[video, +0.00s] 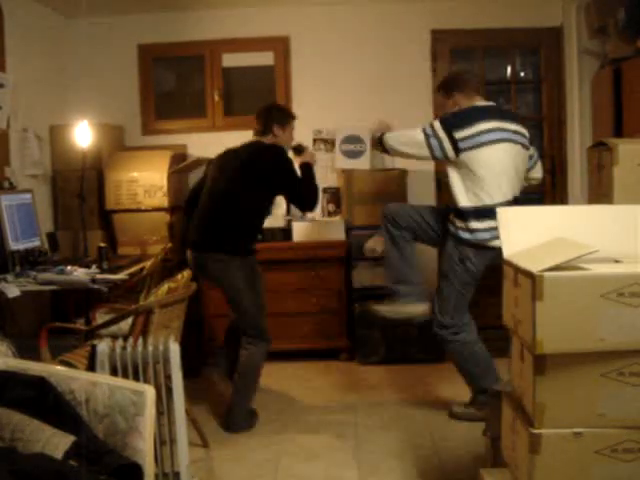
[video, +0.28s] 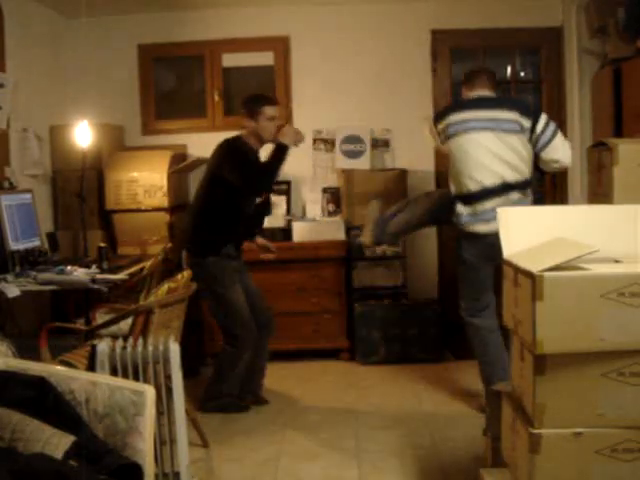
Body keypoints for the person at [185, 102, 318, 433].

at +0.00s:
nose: (291, 138)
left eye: (291, 131)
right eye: (290, 132)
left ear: (259, 129)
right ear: (277, 130)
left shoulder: (227, 157)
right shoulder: (275, 159)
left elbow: (192, 203)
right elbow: (306, 202)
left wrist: (189, 245)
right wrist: (307, 167)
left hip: (203, 250)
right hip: (234, 253)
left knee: (242, 314)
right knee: (256, 334)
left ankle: (226, 371)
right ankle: (238, 414)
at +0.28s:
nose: (277, 126)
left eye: (278, 120)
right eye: (270, 120)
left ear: (272, 123)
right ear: (250, 121)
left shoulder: (249, 155)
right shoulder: (233, 150)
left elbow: (243, 203)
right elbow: (257, 186)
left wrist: (254, 235)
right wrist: (281, 147)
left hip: (228, 252)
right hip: (208, 253)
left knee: (260, 320)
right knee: (240, 327)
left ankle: (247, 387)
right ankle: (218, 396)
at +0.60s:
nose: (255, 95)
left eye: (258, 89)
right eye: (248, 90)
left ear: (264, 94)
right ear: (233, 96)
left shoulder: (266, 137)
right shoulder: (217, 125)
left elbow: (272, 186)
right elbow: (222, 156)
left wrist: (285, 228)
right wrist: (250, 115)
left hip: (250, 233)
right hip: (217, 236)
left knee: (291, 267)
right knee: (236, 312)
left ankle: (282, 349)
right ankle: (221, 391)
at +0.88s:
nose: (251, 102)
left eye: (256, 96)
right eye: (245, 98)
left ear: (267, 104)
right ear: (236, 106)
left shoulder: (282, 141)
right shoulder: (222, 139)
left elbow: (303, 187)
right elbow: (193, 148)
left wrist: (315, 233)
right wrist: (228, 114)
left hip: (272, 241)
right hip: (236, 244)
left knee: (292, 298)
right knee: (244, 320)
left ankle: (286, 375)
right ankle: (238, 393)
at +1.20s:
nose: (271, 93)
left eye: (276, 86)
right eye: (263, 87)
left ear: (288, 89)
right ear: (253, 91)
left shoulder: (307, 128)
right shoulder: (242, 124)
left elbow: (333, 180)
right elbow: (212, 160)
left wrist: (344, 228)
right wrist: (245, 118)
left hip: (301, 226)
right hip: (262, 230)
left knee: (310, 293)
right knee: (277, 311)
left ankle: (315, 375)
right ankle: (287, 395)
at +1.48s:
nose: (347, 115)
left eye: (349, 107)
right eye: (341, 106)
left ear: (347, 104)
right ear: (317, 102)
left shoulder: (350, 135)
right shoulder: (280, 130)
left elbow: (364, 186)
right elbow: (254, 184)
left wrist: (372, 230)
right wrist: (308, 160)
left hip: (335, 230)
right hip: (293, 233)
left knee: (343, 289)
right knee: (295, 318)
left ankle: (337, 373)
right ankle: (305, 389)